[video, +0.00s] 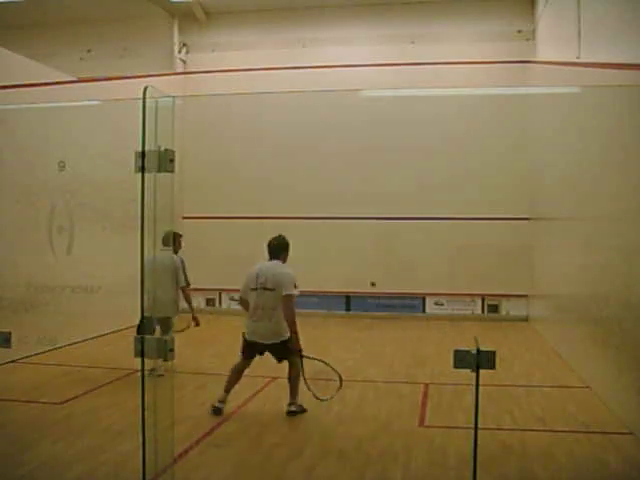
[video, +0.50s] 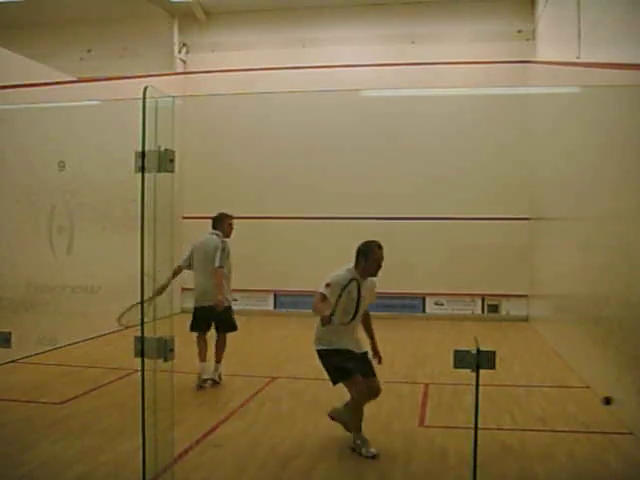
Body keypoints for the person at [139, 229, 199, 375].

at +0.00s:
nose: (181, 246)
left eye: (181, 242)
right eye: (179, 242)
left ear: (164, 243)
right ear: (173, 243)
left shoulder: (149, 259)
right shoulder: (176, 260)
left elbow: (142, 283)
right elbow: (184, 288)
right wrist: (193, 313)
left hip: (148, 307)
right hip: (166, 308)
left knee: (147, 336)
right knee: (165, 333)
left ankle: (152, 365)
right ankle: (159, 364)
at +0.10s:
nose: (192, 244)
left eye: (192, 240)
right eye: (190, 240)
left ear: (175, 240)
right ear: (183, 241)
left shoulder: (159, 255)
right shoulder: (184, 258)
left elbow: (149, 280)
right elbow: (191, 286)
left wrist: (146, 304)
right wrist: (204, 310)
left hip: (158, 304)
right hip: (176, 305)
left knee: (154, 335)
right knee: (178, 330)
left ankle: (156, 364)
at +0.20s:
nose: (204, 241)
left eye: (204, 237)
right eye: (202, 237)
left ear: (187, 236)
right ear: (193, 236)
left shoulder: (169, 252)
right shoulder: (194, 254)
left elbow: (155, 277)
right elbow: (201, 280)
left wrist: (141, 296)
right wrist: (209, 302)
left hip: (168, 302)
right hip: (187, 303)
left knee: (160, 333)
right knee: (195, 331)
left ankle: (157, 365)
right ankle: (200, 362)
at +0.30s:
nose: (216, 239)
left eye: (216, 235)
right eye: (214, 235)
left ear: (199, 235)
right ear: (205, 235)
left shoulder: (180, 250)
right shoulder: (206, 253)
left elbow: (162, 272)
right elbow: (212, 280)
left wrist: (142, 290)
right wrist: (221, 306)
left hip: (179, 304)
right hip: (199, 305)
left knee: (169, 335)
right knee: (208, 338)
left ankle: (159, 364)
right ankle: (213, 373)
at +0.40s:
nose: (225, 237)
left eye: (225, 233)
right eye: (223, 233)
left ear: (207, 233)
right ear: (214, 233)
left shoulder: (191, 249)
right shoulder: (215, 251)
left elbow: (172, 269)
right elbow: (217, 279)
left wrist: (149, 286)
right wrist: (223, 305)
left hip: (191, 304)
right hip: (211, 305)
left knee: (183, 333)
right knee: (215, 338)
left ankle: (175, 366)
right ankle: (213, 373)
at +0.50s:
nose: (232, 229)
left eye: (232, 225)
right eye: (229, 225)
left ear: (214, 226)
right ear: (221, 226)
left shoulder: (198, 244)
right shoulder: (221, 244)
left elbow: (180, 267)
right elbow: (218, 270)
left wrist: (164, 285)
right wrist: (220, 295)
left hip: (201, 301)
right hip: (220, 301)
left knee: (201, 334)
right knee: (221, 334)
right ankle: (217, 370)